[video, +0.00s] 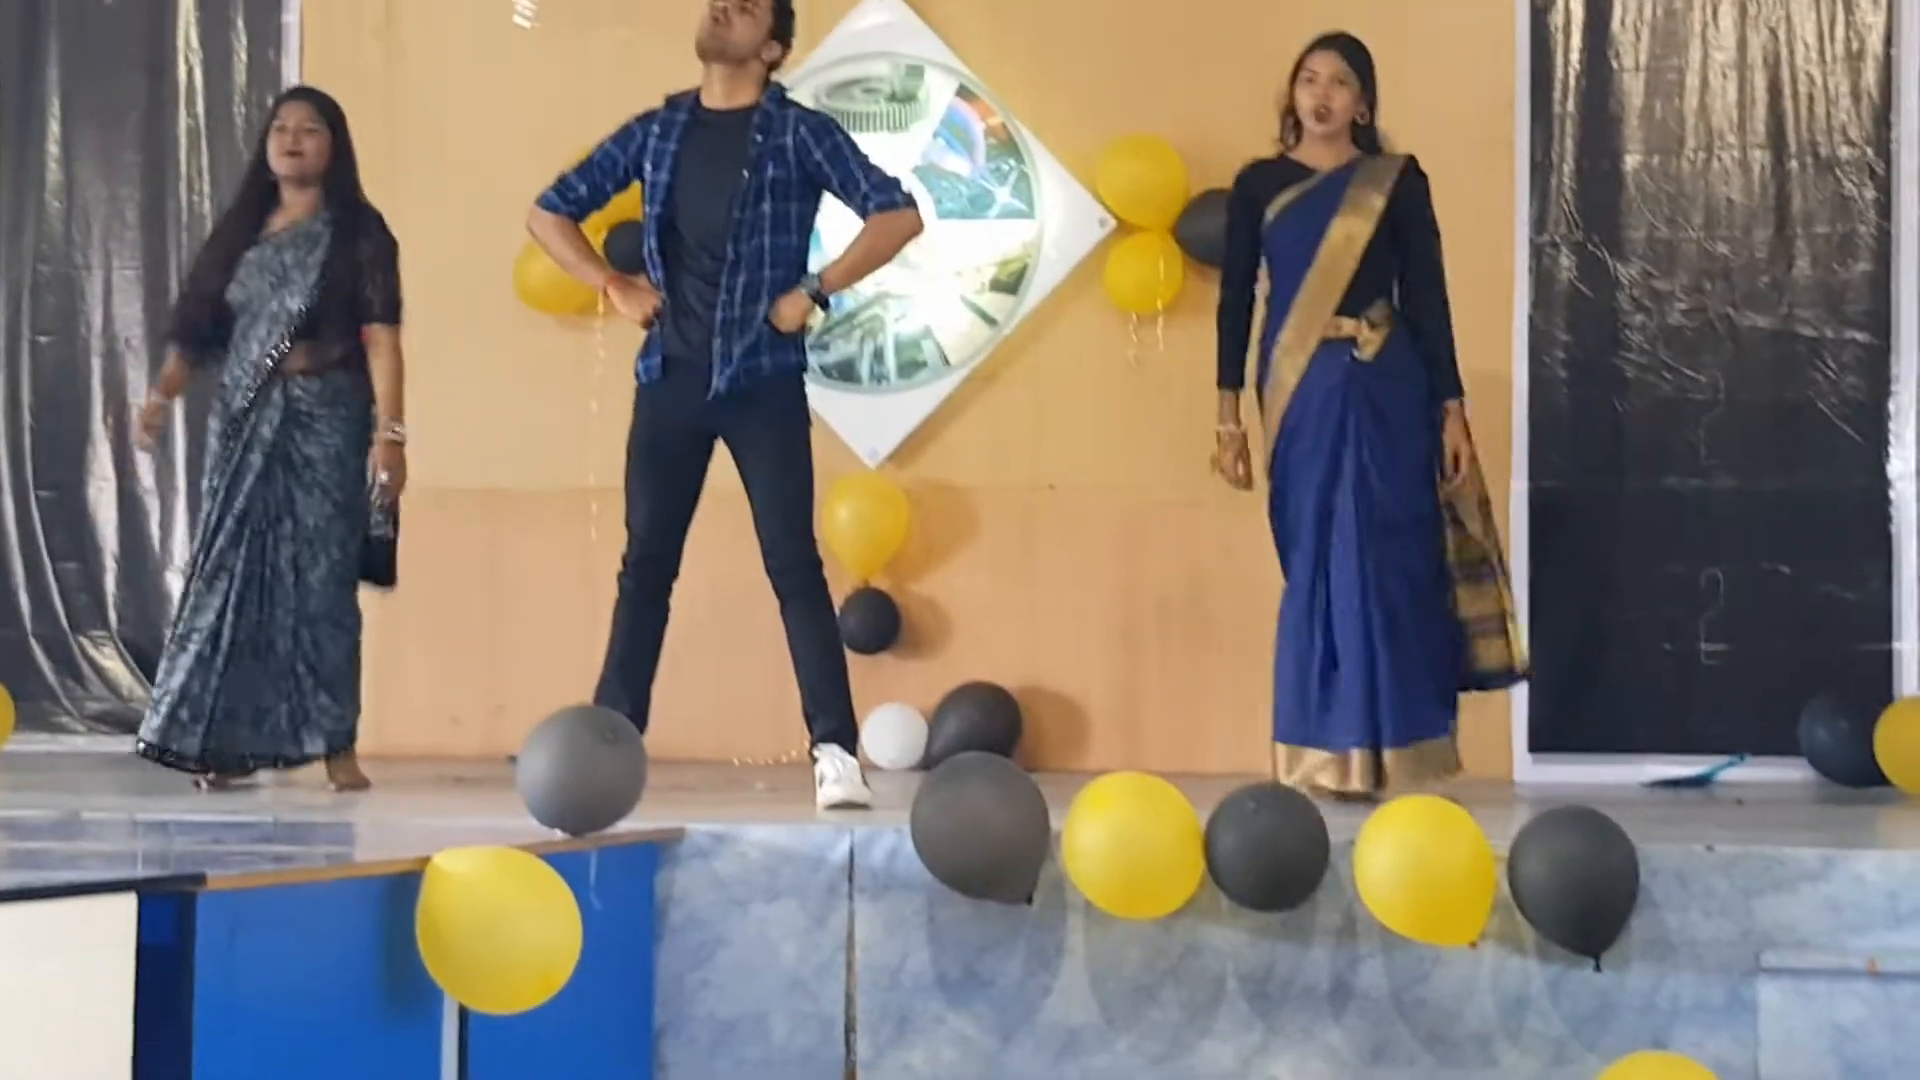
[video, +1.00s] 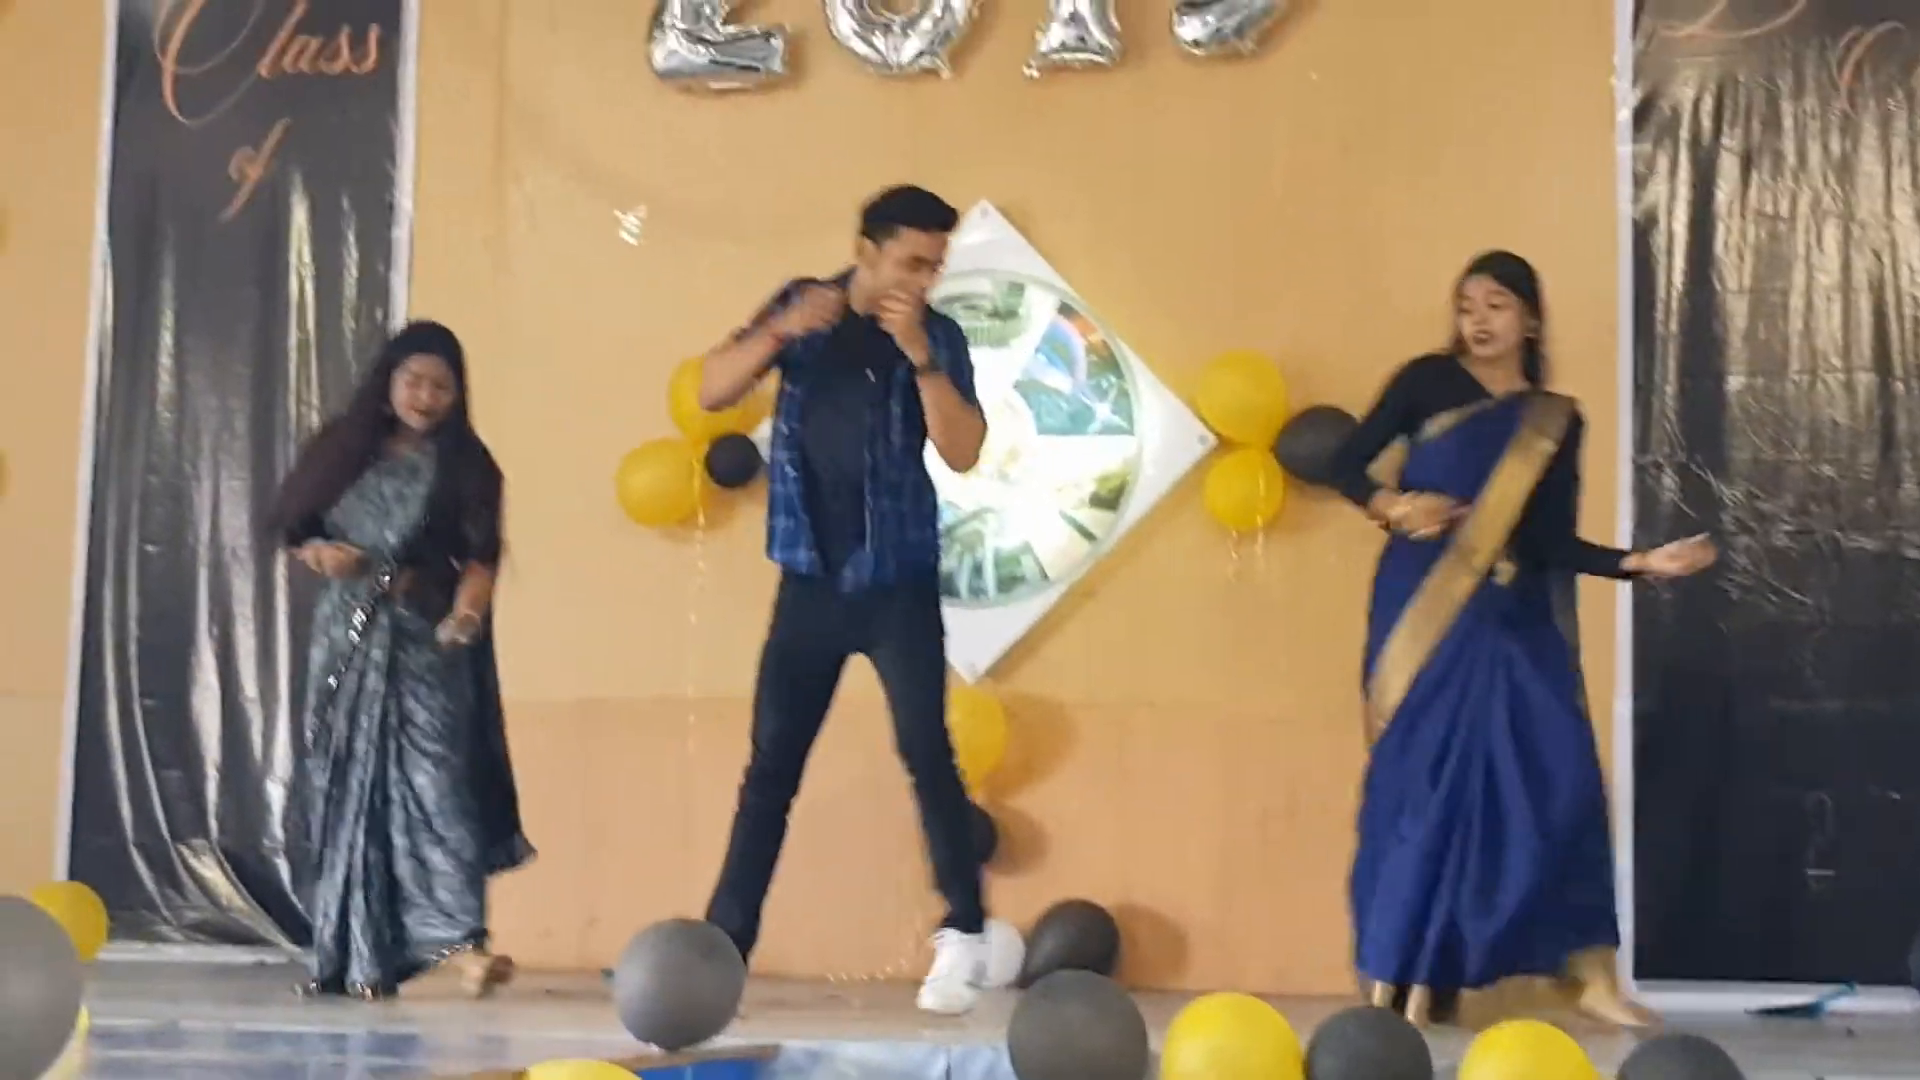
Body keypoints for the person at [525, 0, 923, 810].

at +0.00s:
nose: (720, 10)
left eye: (744, 7)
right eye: (718, 2)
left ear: (773, 45)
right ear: (701, 28)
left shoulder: (801, 131)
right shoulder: (660, 128)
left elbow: (899, 215)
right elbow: (548, 212)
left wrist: (815, 290)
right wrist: (614, 285)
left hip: (763, 380)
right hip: (670, 379)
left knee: (792, 562)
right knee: (646, 561)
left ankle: (833, 750)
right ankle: (609, 751)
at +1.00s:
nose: (922, 279)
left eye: (934, 266)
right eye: (911, 261)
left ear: (937, 267)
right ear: (866, 247)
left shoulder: (941, 338)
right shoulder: (803, 307)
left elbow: (962, 451)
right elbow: (708, 392)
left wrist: (919, 354)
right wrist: (785, 329)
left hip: (901, 585)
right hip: (810, 584)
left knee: (926, 754)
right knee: (770, 771)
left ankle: (967, 933)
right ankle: (721, 954)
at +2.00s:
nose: (872, 521)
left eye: (878, 500)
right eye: (855, 509)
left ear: (917, 466)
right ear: (843, 502)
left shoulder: (1002, 486)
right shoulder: (871, 569)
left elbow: (1075, 589)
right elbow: (907, 702)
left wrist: (971, 613)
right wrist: (864, 656)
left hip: (1039, 769)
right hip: (943, 777)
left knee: (1115, 962)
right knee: (850, 949)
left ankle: (1191, 1076)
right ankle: (758, 1076)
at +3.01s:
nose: (846, 80)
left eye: (868, 72)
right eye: (851, 65)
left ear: (915, 98)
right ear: (876, 85)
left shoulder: (907, 177)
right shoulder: (867, 179)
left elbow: (875, 320)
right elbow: (826, 317)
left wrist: (834, 241)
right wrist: (779, 289)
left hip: (860, 451)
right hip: (824, 451)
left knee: (850, 648)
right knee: (743, 622)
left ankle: (996, 806)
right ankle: (699, 822)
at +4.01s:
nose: (902, 233)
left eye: (918, 214)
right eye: (889, 218)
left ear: (960, 213)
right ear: (880, 223)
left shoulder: (1009, 325)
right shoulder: (862, 320)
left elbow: (1020, 461)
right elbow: (852, 444)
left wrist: (930, 397)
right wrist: (811, 510)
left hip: (976, 549)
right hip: (899, 557)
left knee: (942, 752)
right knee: (953, 767)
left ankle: (987, 949)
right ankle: (1124, 919)